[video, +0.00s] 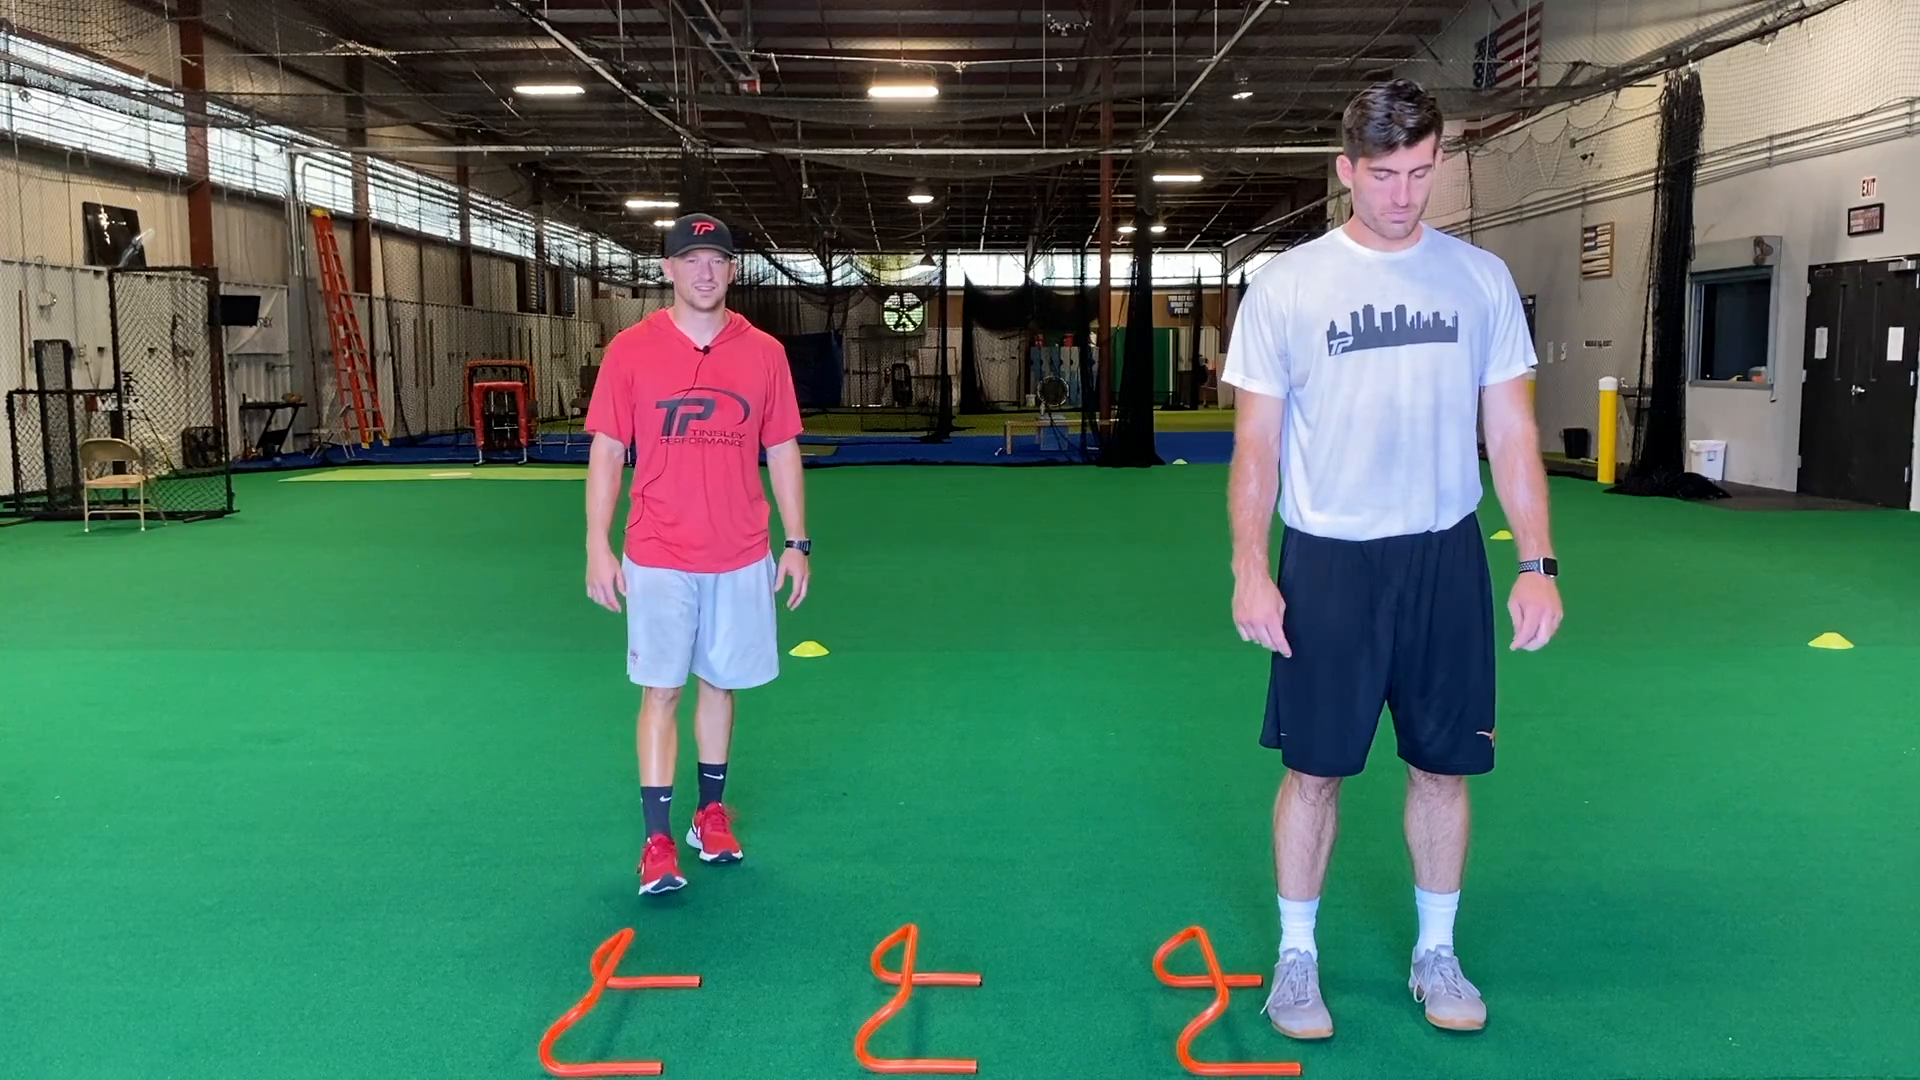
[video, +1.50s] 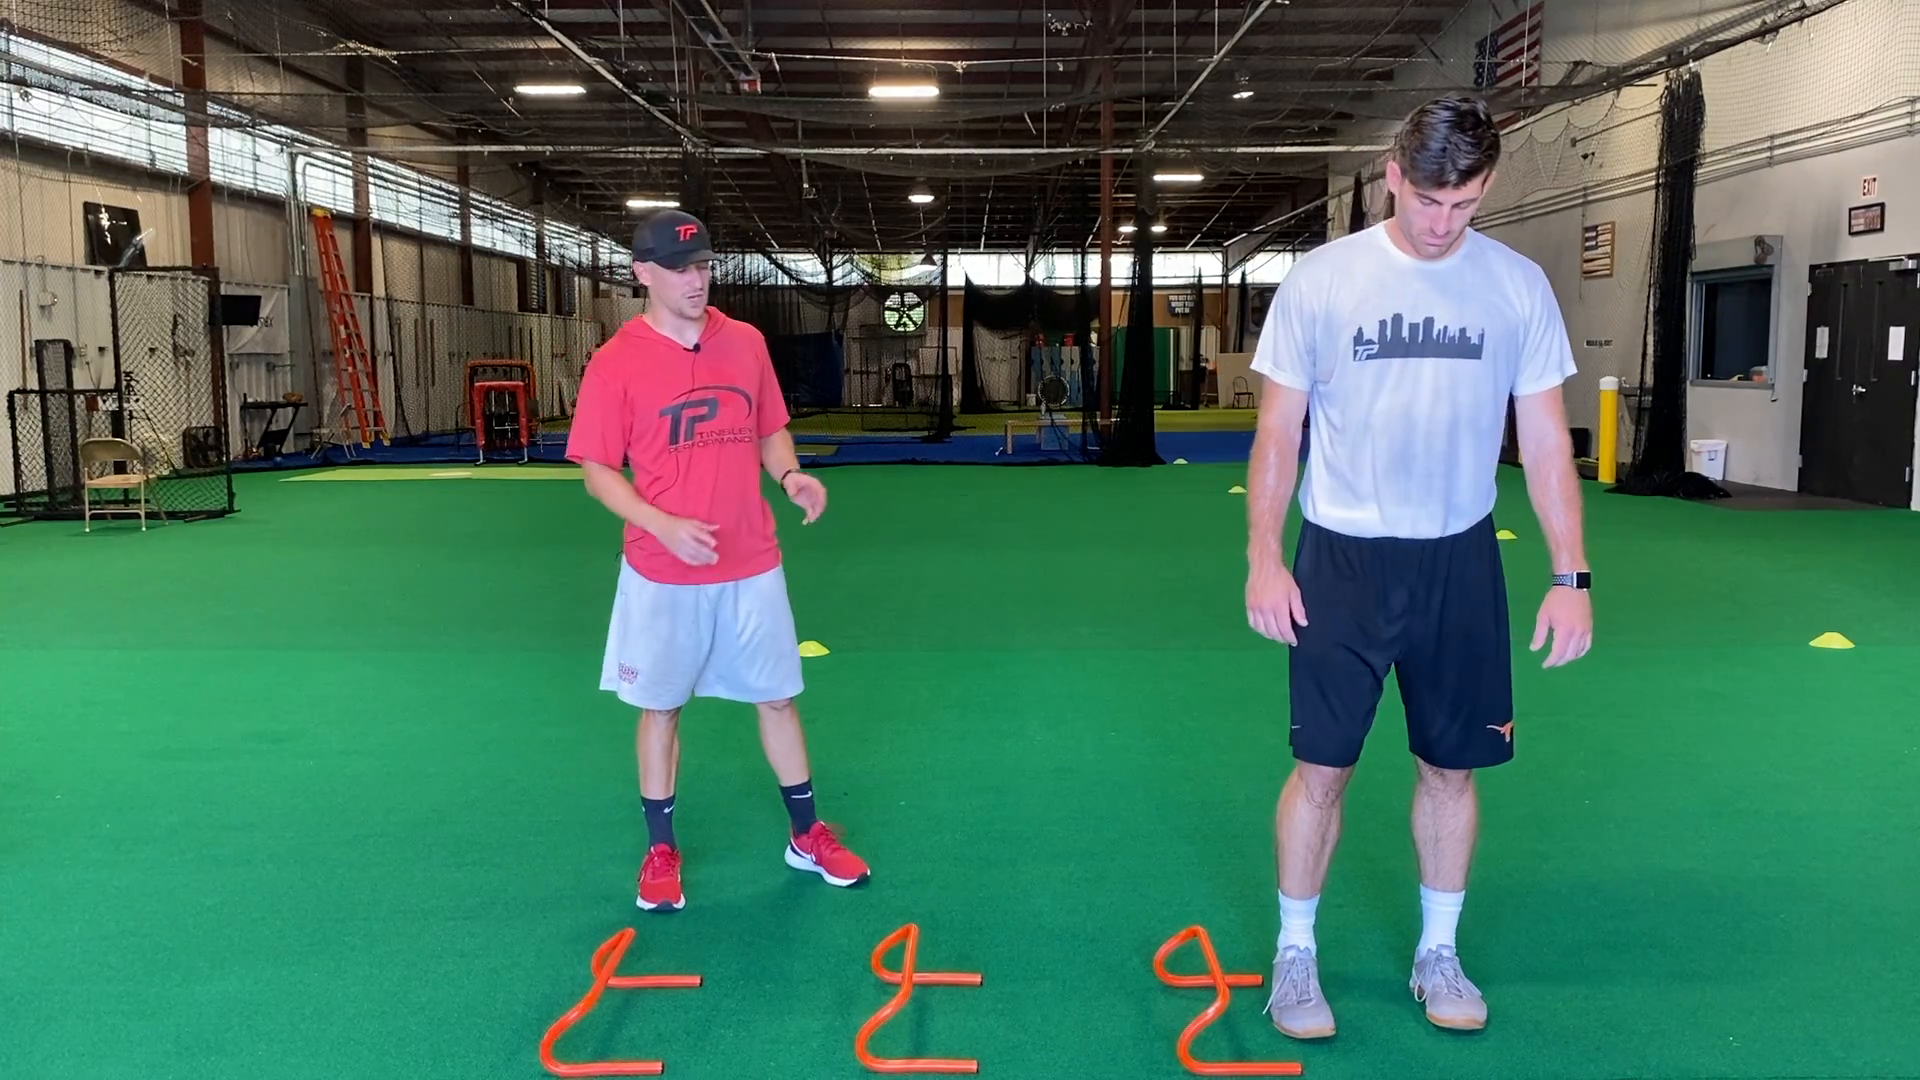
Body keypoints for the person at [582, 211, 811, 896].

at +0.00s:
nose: (705, 271)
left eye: (716, 259)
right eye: (691, 259)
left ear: (732, 268)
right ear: (668, 268)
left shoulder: (764, 353)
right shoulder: (631, 350)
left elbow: (783, 450)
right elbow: (606, 453)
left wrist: (796, 540)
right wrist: (598, 544)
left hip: (739, 552)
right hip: (659, 553)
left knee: (719, 684)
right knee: (662, 690)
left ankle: (711, 812)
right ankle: (658, 838)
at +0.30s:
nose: (678, 268)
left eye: (687, 255)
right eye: (662, 258)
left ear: (704, 264)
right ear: (638, 270)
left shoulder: (742, 346)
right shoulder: (608, 355)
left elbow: (769, 443)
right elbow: (588, 459)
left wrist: (790, 535)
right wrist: (588, 551)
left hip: (728, 556)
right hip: (646, 559)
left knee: (714, 690)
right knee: (656, 697)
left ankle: (710, 810)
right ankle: (659, 845)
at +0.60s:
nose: (656, 264)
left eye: (666, 252)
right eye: (641, 254)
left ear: (682, 263)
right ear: (614, 267)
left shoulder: (722, 345)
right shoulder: (588, 358)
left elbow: (752, 441)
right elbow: (574, 470)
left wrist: (775, 524)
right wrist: (585, 567)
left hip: (720, 561)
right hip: (633, 568)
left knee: (728, 692)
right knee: (647, 700)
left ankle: (714, 805)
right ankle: (658, 846)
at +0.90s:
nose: (650, 263)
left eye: (659, 251)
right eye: (633, 254)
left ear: (673, 262)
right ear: (605, 267)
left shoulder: (711, 343)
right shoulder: (578, 361)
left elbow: (739, 437)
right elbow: (565, 475)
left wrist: (755, 505)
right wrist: (586, 571)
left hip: (719, 564)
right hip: (634, 575)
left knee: (734, 693)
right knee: (645, 707)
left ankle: (714, 817)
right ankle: (658, 848)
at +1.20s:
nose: (662, 271)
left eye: (669, 257)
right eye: (645, 260)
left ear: (680, 264)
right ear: (611, 269)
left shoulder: (714, 340)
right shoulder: (586, 365)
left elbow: (743, 429)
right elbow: (571, 475)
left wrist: (759, 486)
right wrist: (608, 568)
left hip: (729, 564)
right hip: (646, 576)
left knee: (749, 694)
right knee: (649, 709)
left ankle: (744, 829)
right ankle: (659, 849)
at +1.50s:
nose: (700, 278)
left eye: (704, 264)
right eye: (684, 267)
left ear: (712, 267)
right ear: (645, 275)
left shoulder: (745, 344)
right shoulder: (616, 364)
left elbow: (772, 430)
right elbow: (597, 470)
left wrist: (792, 473)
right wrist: (661, 524)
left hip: (751, 563)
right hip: (665, 572)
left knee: (778, 695)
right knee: (660, 706)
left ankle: (808, 835)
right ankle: (661, 850)